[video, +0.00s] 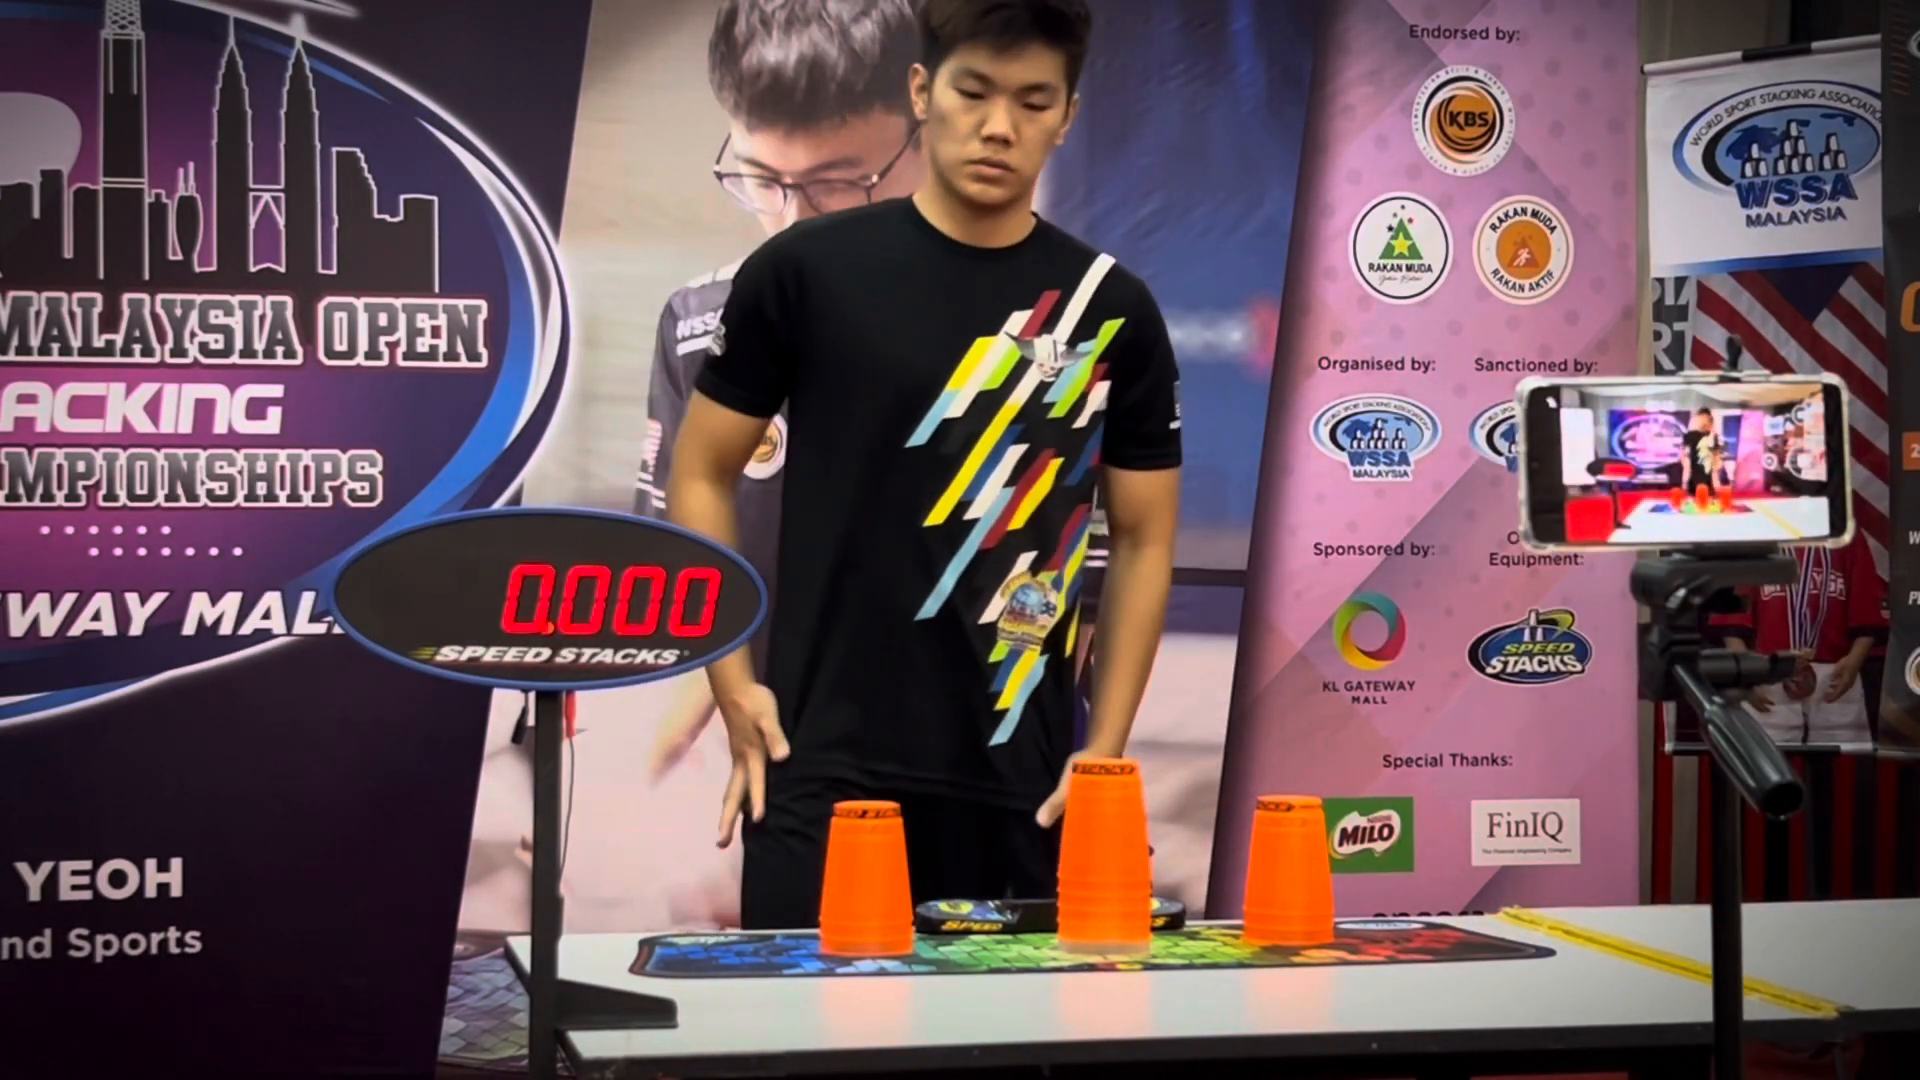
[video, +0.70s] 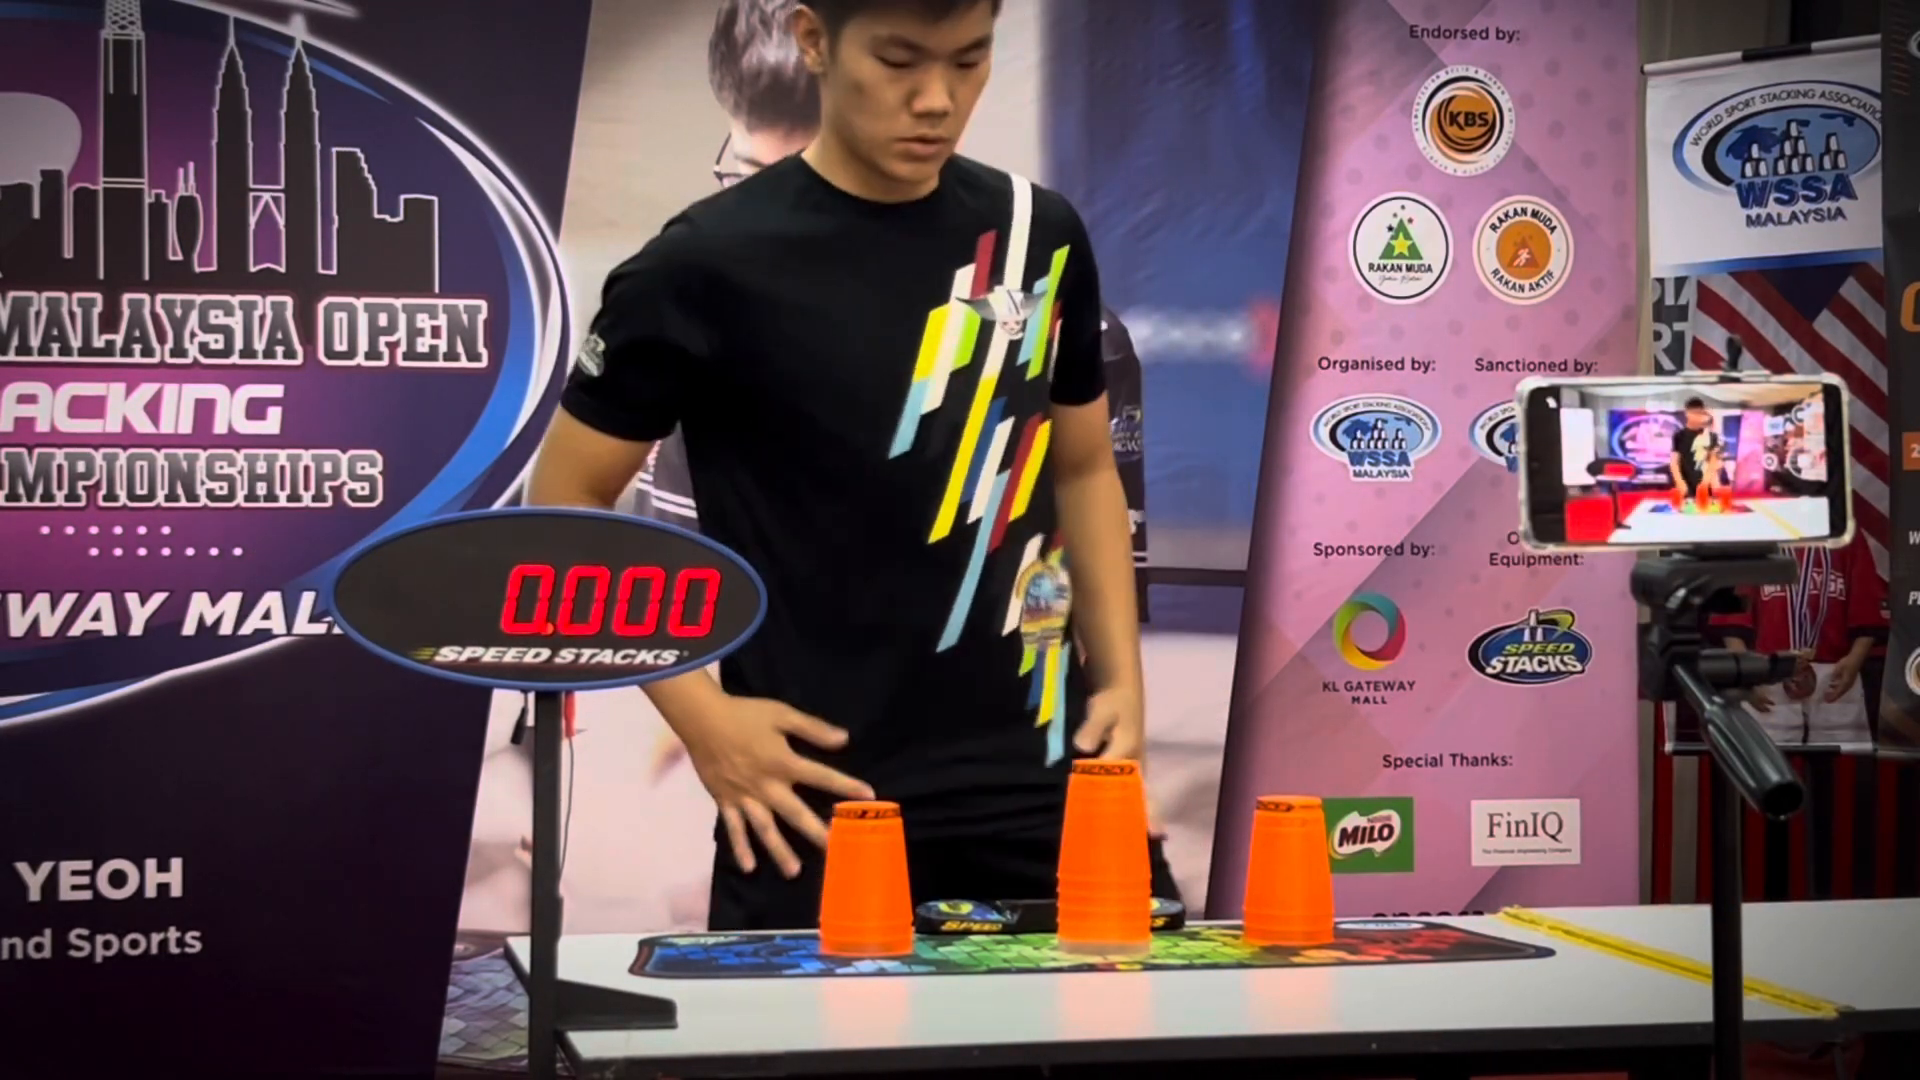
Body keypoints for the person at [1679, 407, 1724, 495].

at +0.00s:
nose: (1704, 422)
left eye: (1707, 419)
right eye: (1702, 418)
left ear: (1711, 421)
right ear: (1697, 419)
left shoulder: (1713, 437)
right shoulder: (1691, 436)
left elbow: (1716, 460)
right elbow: (1686, 459)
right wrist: (1684, 482)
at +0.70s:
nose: (1697, 417)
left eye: (1700, 413)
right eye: (1693, 413)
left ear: (1704, 414)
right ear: (1687, 414)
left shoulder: (1711, 436)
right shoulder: (1680, 436)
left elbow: (1713, 461)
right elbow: (1674, 462)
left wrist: (1706, 482)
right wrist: (1680, 484)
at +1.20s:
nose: (1701, 413)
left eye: (1704, 409)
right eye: (1697, 409)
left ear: (1708, 408)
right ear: (1690, 408)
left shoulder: (1715, 431)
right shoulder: (1681, 433)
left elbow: (1722, 457)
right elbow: (1674, 459)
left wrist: (1723, 482)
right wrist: (1677, 484)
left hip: (1711, 490)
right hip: (1688, 490)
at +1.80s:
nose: (1707, 418)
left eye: (1711, 414)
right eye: (1704, 413)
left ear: (1715, 413)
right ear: (1697, 411)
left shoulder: (1719, 436)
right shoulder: (1686, 435)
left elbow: (1722, 462)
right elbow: (1676, 460)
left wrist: (1720, 487)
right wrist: (1678, 480)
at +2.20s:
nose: (1709, 420)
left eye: (1713, 416)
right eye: (1706, 415)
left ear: (1717, 415)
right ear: (1700, 412)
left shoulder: (1721, 438)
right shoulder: (1688, 435)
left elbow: (1724, 466)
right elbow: (1675, 462)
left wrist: (1716, 485)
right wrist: (1688, 491)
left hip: (1712, 497)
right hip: (1692, 496)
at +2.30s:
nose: (1709, 422)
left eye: (1713, 418)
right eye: (1706, 417)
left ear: (1717, 418)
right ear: (1700, 415)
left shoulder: (1720, 440)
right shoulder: (1688, 437)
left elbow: (1723, 469)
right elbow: (1673, 464)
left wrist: (1714, 495)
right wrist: (1686, 495)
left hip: (1710, 498)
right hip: (1690, 498)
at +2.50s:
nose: (1709, 425)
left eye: (1713, 421)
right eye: (1706, 420)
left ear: (1717, 420)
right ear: (1700, 417)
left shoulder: (1720, 442)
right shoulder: (1687, 439)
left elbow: (1724, 470)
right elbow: (1672, 465)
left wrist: (1714, 494)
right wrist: (1685, 496)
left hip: (1710, 500)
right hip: (1690, 499)